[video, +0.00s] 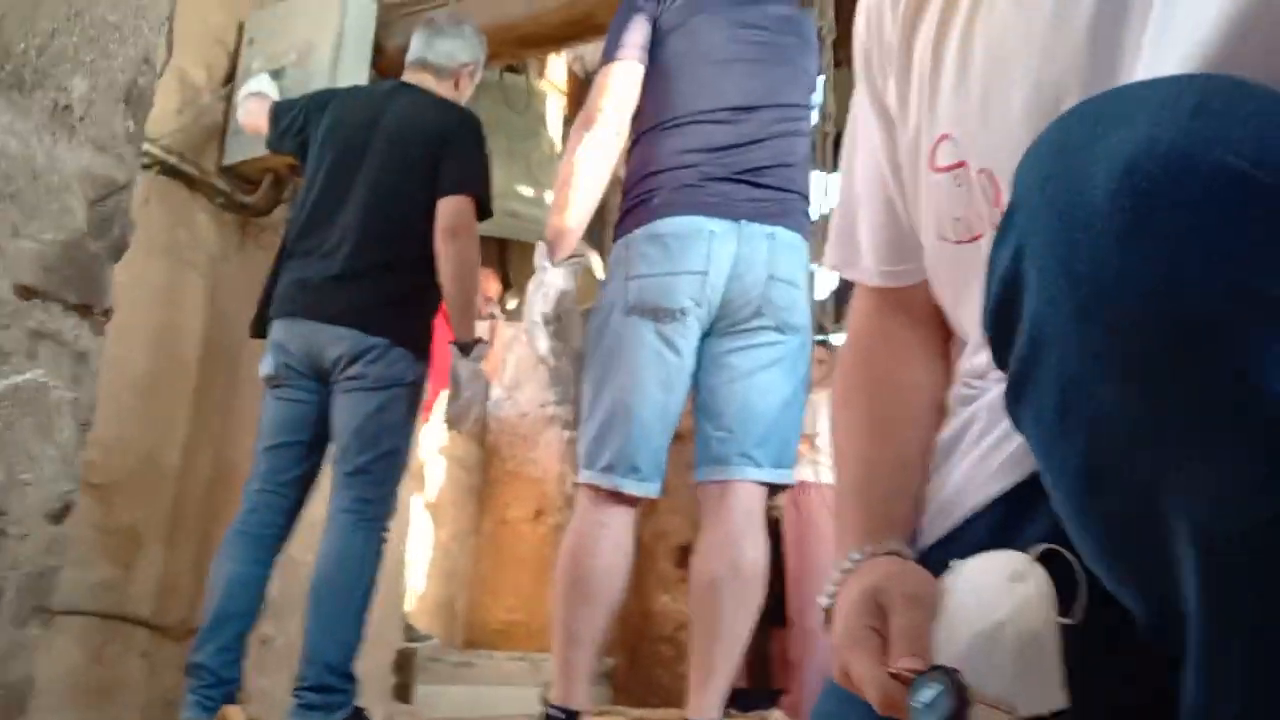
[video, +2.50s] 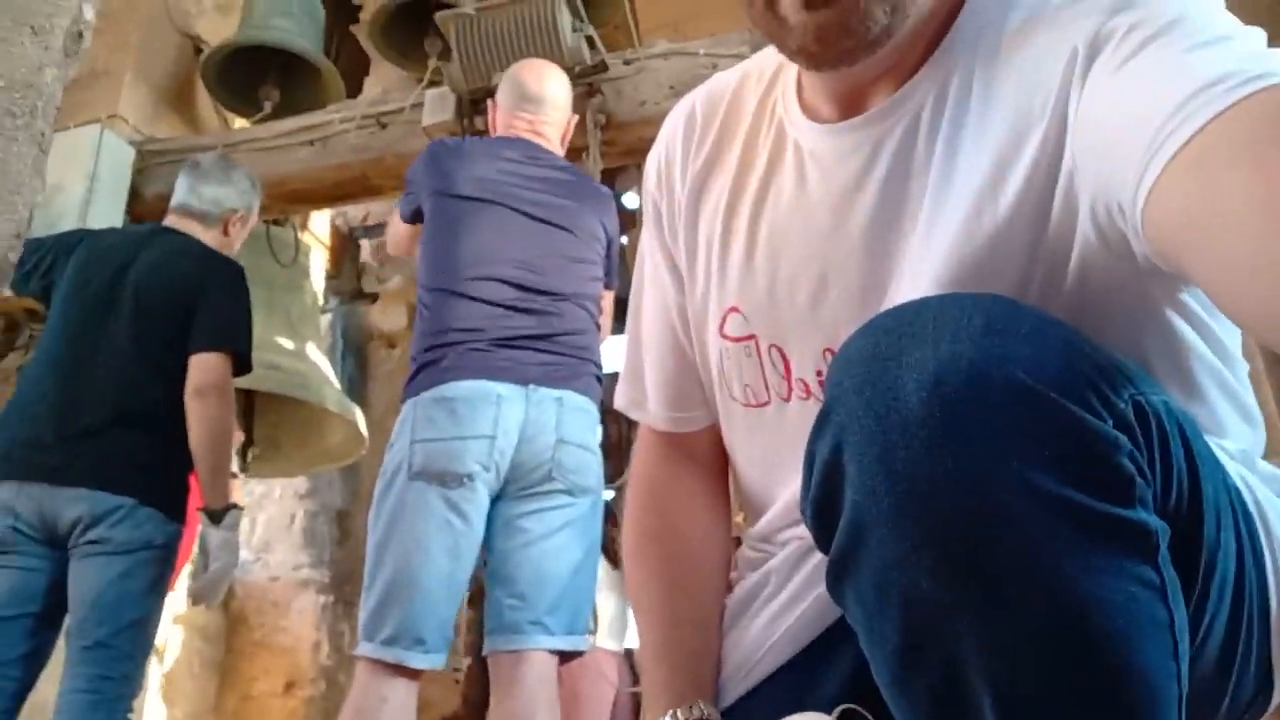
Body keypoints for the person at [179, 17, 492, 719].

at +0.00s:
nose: (476, 89)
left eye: (477, 81)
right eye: (479, 81)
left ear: (408, 61)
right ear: (467, 76)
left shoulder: (340, 104)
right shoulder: (457, 126)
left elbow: (256, 116)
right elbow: (455, 226)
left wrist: (254, 94)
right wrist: (467, 343)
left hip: (297, 320)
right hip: (380, 335)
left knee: (266, 500)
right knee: (358, 510)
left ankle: (207, 692)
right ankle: (323, 701)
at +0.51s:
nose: (338, 89)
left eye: (339, 80)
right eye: (341, 79)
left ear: (268, 55)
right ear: (328, 72)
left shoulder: (194, 93)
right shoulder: (322, 122)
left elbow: (118, 110)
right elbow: (320, 226)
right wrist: (334, 337)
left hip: (148, 317)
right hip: (241, 334)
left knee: (113, 508)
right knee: (217, 520)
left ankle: (52, 702)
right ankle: (180, 707)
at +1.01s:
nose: (288, 198)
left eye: (291, 183)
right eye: (284, 179)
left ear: (216, 167)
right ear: (244, 164)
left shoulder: (124, 206)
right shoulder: (247, 230)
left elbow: (55, 217)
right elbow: (241, 340)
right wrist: (256, 462)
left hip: (66, 433)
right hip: (164, 453)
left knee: (30, 616)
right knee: (132, 636)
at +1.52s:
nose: (437, 178)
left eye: (441, 164)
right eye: (433, 160)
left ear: (368, 154)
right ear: (393, 151)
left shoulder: (285, 199)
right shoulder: (396, 217)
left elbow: (221, 214)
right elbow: (391, 321)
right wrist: (407, 441)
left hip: (241, 420)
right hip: (327, 434)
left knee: (212, 604)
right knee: (309, 614)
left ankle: (168, 714)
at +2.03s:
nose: (263, 190)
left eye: (267, 175)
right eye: (260, 171)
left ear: (187, 157)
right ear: (222, 158)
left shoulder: (96, 199)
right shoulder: (220, 222)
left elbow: (26, 212)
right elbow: (211, 339)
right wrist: (228, 457)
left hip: (39, 434)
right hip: (140, 450)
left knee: (12, 627)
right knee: (115, 641)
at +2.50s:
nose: (246, 238)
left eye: (250, 228)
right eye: (249, 228)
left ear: (175, 202)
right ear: (237, 223)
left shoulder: (91, 246)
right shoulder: (218, 274)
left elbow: (21, 261)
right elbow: (205, 387)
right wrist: (220, 510)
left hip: (21, 474)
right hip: (128, 493)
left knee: (5, 667)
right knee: (99, 681)